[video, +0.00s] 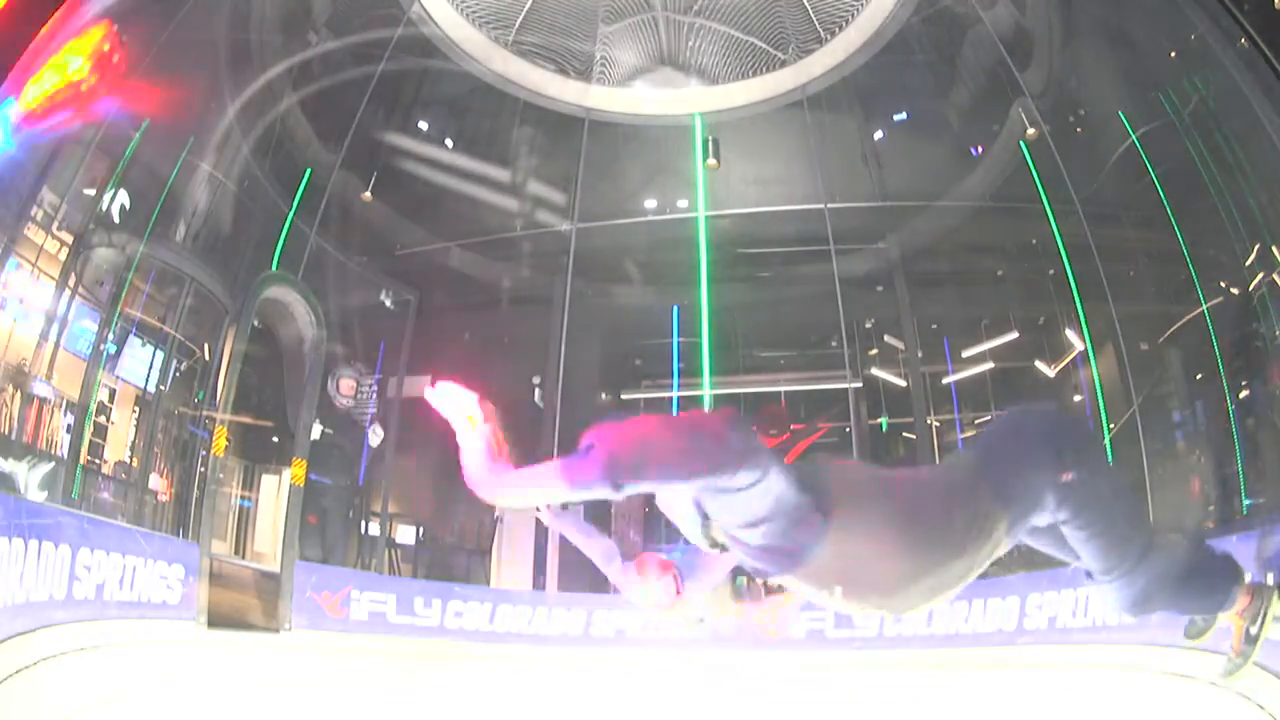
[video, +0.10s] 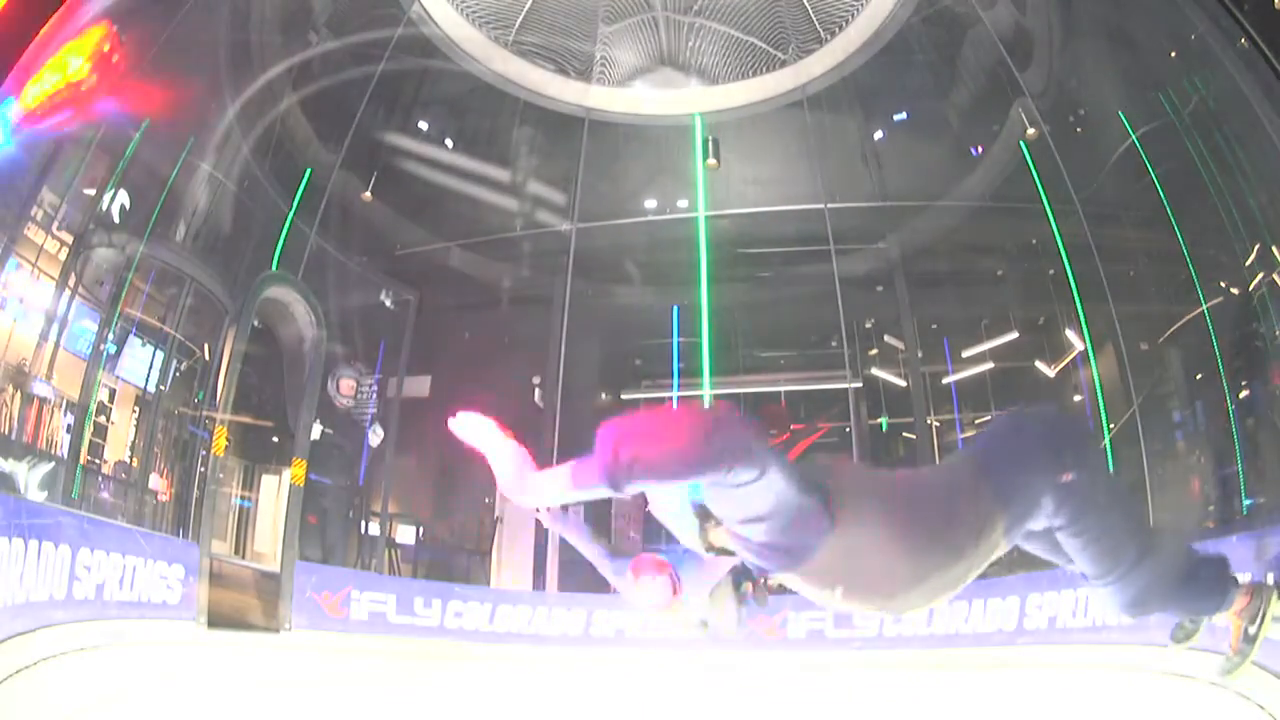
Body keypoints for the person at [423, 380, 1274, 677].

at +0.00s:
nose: (671, 570)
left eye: (667, 558)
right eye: (662, 570)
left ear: (696, 532)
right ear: (688, 572)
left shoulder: (774, 506)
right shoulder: (754, 576)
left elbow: (637, 456)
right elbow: (628, 569)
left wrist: (498, 481)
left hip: (1022, 472)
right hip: (993, 533)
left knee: (1141, 573)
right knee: (1109, 562)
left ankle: (1231, 600)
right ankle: (1214, 583)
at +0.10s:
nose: (670, 537)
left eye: (665, 522)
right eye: (659, 531)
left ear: (696, 504)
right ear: (681, 534)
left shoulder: (782, 512)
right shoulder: (748, 564)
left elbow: (715, 433)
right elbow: (630, 574)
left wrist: (554, 484)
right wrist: (541, 511)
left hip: (1027, 465)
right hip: (997, 518)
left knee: (1141, 579)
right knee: (1123, 571)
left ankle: (1247, 586)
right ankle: (1228, 587)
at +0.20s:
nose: (688, 542)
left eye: (690, 524)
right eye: (678, 537)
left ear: (718, 501)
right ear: (686, 543)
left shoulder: (791, 509)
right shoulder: (751, 566)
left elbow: (680, 452)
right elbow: (632, 575)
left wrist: (552, 478)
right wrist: (557, 523)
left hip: (1022, 470)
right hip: (989, 535)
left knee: (1129, 580)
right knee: (1116, 573)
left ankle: (1238, 609)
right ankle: (1224, 602)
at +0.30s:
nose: (692, 548)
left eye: (688, 533)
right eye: (684, 547)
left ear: (710, 510)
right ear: (686, 549)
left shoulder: (795, 515)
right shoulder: (754, 556)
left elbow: (681, 475)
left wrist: (564, 490)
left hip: (1019, 485)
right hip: (993, 548)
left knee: (1134, 589)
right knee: (1114, 586)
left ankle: (1242, 614)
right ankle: (1226, 606)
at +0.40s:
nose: (721, 543)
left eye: (717, 533)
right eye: (712, 545)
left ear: (739, 518)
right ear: (723, 558)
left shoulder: (803, 536)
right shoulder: (793, 576)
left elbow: (722, 481)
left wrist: (571, 521)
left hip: (1028, 499)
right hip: (1011, 541)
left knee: (1132, 604)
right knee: (1119, 605)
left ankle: (1226, 558)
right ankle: (1201, 568)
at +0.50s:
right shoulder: (801, 546)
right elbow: (750, 494)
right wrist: (637, 509)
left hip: (917, 600)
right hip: (920, 574)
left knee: (1042, 523)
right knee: (1048, 498)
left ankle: (1148, 588)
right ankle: (1157, 586)